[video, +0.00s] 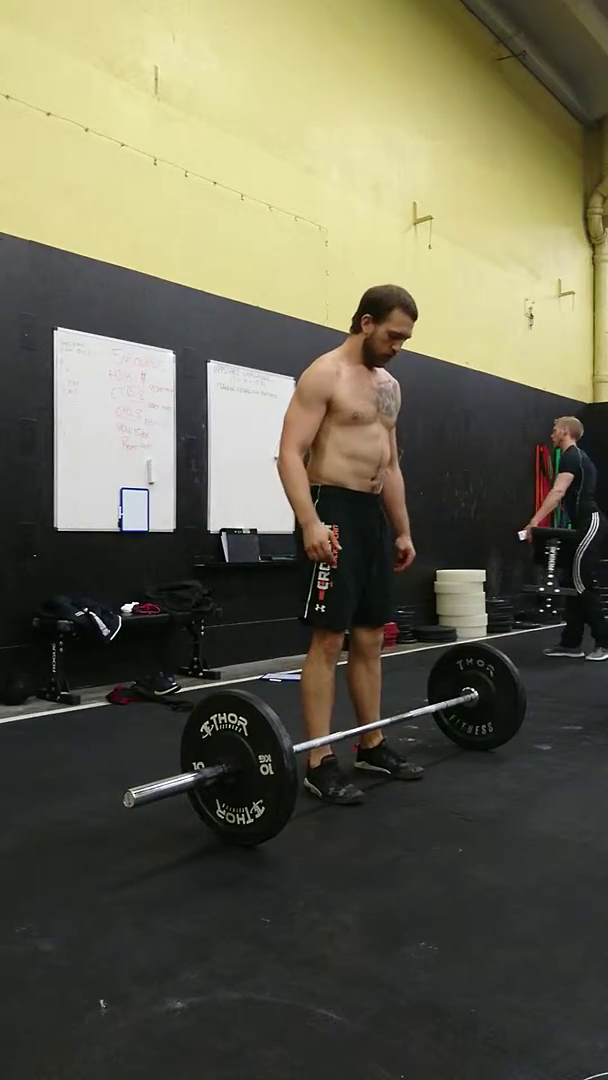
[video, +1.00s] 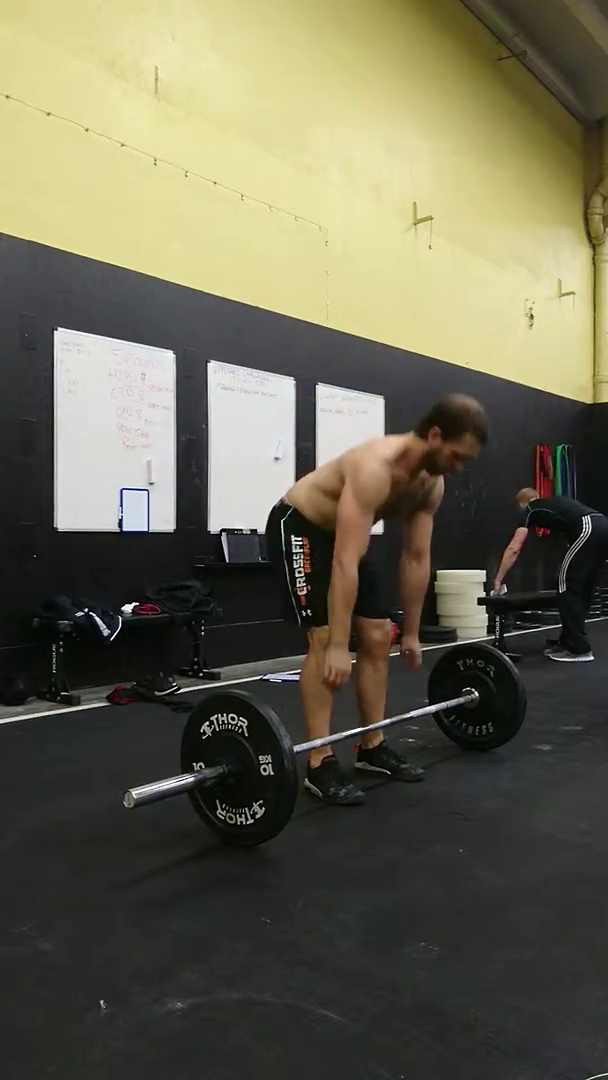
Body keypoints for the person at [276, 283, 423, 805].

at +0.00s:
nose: (398, 346)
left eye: (405, 338)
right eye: (393, 336)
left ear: (402, 334)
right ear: (365, 323)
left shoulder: (389, 385)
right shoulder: (324, 374)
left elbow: (389, 464)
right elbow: (289, 454)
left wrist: (402, 529)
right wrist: (309, 524)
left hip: (373, 515)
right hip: (333, 515)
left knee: (369, 639)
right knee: (329, 640)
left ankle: (372, 746)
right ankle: (319, 761)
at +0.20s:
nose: (399, 344)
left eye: (405, 336)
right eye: (394, 333)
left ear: (402, 334)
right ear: (365, 322)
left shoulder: (389, 385)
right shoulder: (327, 374)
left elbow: (391, 464)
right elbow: (293, 453)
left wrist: (412, 524)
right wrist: (305, 528)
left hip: (373, 514)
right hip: (336, 512)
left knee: (369, 638)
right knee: (331, 639)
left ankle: (371, 748)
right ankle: (319, 763)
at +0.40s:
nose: (403, 345)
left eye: (409, 337)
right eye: (398, 334)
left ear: (405, 334)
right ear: (368, 322)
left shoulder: (392, 385)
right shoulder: (330, 374)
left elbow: (396, 465)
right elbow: (297, 456)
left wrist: (418, 524)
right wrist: (304, 534)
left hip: (375, 514)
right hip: (336, 511)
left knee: (371, 637)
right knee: (332, 639)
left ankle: (371, 747)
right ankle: (318, 763)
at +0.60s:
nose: (414, 347)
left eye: (421, 339)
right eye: (409, 336)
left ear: (418, 335)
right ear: (380, 324)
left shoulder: (400, 388)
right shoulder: (337, 377)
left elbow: (401, 468)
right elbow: (305, 460)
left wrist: (419, 533)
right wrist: (311, 540)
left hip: (374, 516)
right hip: (335, 512)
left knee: (370, 637)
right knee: (331, 638)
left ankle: (371, 747)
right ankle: (319, 763)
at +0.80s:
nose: (441, 386)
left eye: (448, 378)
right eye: (438, 375)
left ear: (440, 369)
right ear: (411, 357)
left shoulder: (418, 419)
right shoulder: (356, 401)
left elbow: (411, 495)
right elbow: (326, 487)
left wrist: (417, 570)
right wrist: (332, 571)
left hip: (355, 516)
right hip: (312, 512)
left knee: (372, 636)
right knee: (328, 638)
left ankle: (371, 746)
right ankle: (319, 761)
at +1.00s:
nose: (459, 467)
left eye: (466, 461)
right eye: (458, 457)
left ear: (442, 440)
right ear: (434, 435)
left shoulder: (431, 483)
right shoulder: (374, 467)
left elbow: (417, 558)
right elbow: (346, 560)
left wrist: (411, 633)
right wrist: (337, 644)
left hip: (351, 535)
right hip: (301, 528)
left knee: (377, 637)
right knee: (326, 641)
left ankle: (372, 745)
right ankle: (319, 762)